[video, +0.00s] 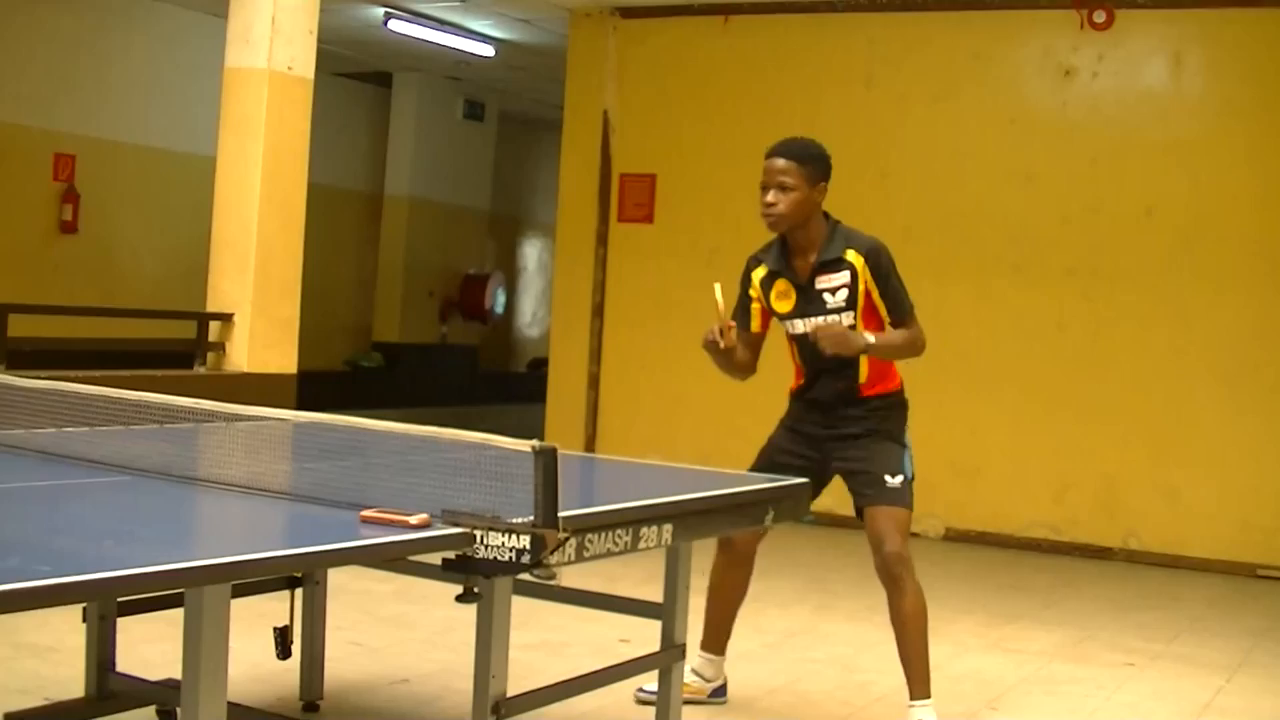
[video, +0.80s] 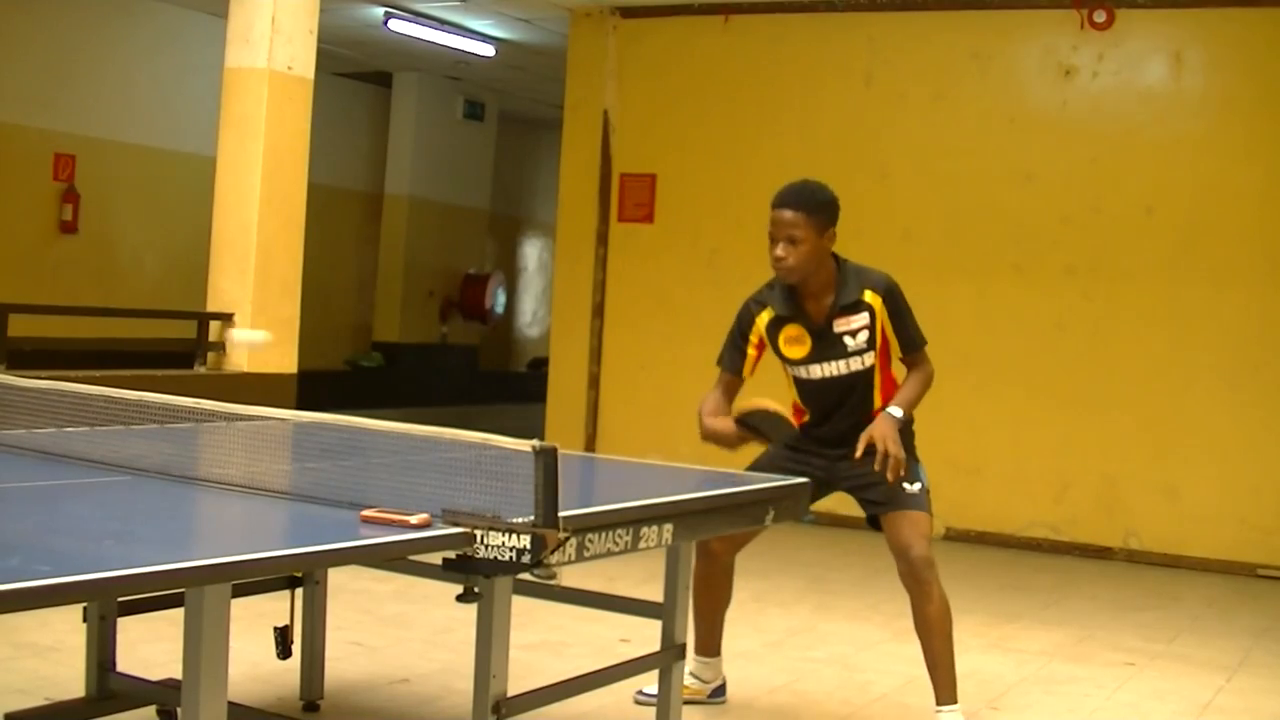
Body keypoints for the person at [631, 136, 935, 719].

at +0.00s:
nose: (767, 199)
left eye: (781, 189)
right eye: (764, 188)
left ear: (819, 192)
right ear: (761, 191)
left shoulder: (865, 254)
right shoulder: (760, 269)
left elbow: (912, 339)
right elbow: (744, 364)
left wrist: (861, 342)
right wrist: (723, 352)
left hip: (873, 418)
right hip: (807, 417)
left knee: (890, 553)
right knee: (738, 529)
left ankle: (921, 706)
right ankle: (708, 671)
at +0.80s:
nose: (778, 253)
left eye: (791, 241)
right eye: (773, 240)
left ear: (827, 239)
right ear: (769, 238)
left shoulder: (877, 292)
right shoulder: (762, 310)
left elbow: (920, 366)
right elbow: (720, 394)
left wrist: (892, 415)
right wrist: (719, 424)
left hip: (878, 444)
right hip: (804, 446)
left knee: (917, 559)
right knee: (714, 542)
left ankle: (949, 710)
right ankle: (704, 674)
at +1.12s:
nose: (780, 267)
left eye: (792, 255)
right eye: (774, 254)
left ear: (828, 246)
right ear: (766, 247)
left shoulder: (874, 288)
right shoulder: (755, 305)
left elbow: (911, 356)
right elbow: (690, 363)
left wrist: (897, 388)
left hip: (868, 444)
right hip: (791, 446)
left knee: (910, 558)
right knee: (708, 545)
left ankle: (945, 709)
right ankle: (704, 675)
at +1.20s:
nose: (778, 250)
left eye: (790, 238)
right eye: (772, 236)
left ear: (826, 229)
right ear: (766, 230)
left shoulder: (874, 279)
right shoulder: (753, 287)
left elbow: (907, 346)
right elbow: (666, 334)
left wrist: (894, 371)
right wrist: (614, 308)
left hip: (863, 440)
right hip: (785, 440)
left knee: (907, 553)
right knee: (705, 541)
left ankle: (933, 707)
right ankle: (702, 673)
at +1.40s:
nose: (762, 231)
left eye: (775, 219)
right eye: (758, 218)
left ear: (813, 221)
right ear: (755, 219)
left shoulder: (857, 287)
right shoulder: (742, 284)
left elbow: (892, 375)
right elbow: (649, 323)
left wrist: (860, 368)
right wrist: (602, 269)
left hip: (844, 450)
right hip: (766, 448)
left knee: (902, 557)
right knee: (680, 550)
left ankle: (924, 709)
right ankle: (673, 669)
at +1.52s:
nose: (724, 215)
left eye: (738, 204)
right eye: (722, 203)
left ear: (776, 206)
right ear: (722, 204)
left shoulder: (822, 268)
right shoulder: (720, 275)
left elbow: (847, 360)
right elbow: (652, 345)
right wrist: (609, 305)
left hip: (824, 442)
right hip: (748, 438)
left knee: (869, 559)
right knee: (659, 526)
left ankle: (915, 708)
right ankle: (669, 664)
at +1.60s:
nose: (694, 206)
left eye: (707, 194)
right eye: (691, 194)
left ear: (746, 196)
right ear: (693, 197)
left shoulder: (789, 249)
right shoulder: (706, 269)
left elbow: (811, 342)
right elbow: (677, 354)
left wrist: (726, 310)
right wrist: (622, 349)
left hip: (816, 422)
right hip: (750, 420)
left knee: (845, 561)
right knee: (662, 515)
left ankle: (905, 704)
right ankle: (652, 656)